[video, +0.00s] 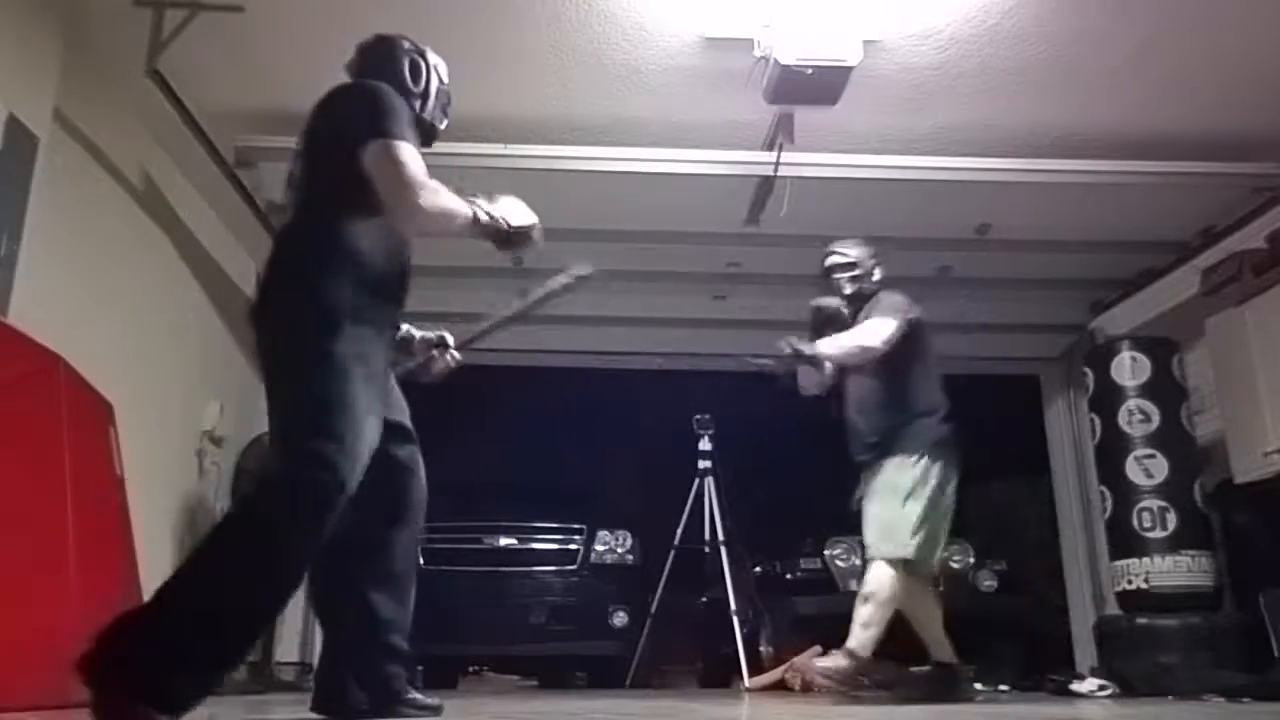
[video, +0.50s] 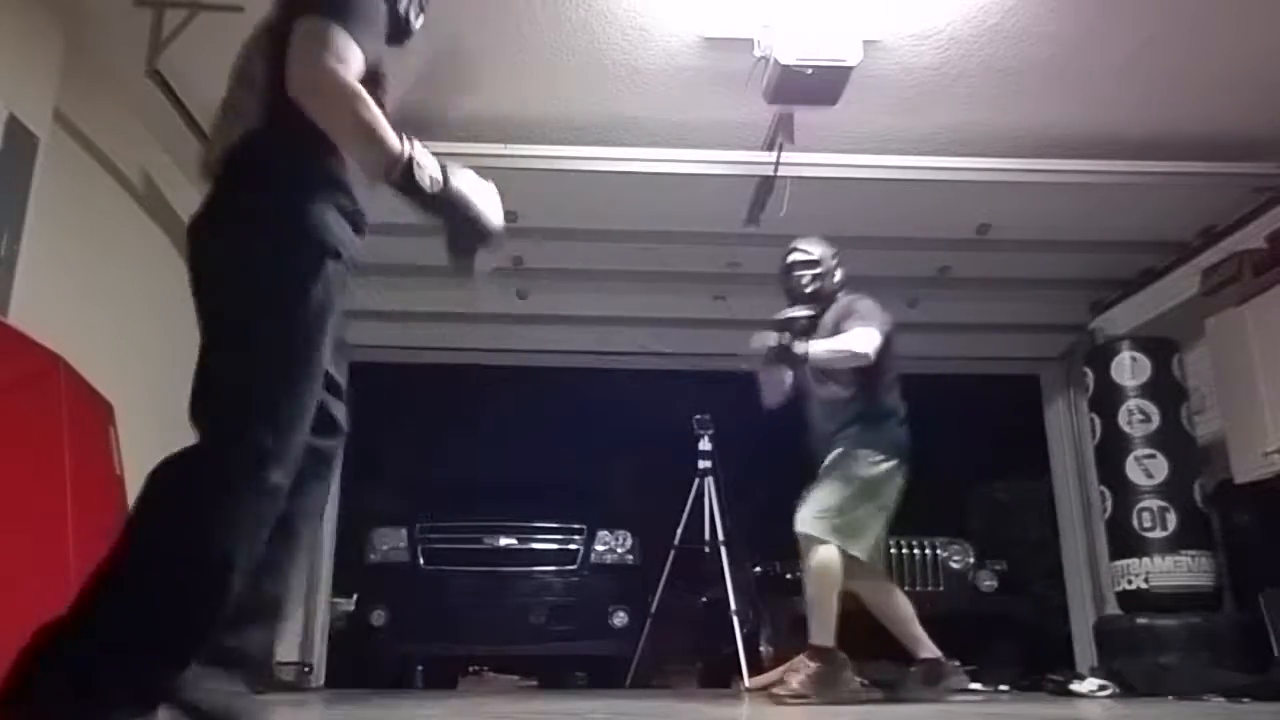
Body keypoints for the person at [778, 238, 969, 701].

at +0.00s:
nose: (841, 279)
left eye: (850, 269)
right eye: (833, 272)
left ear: (874, 269)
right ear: (828, 278)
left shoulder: (894, 303)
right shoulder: (838, 322)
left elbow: (871, 342)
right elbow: (818, 382)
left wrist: (812, 350)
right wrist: (799, 361)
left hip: (917, 448)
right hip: (881, 456)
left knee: (887, 550)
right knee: (902, 563)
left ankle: (854, 655)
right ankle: (947, 664)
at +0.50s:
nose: (803, 276)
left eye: (812, 267)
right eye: (794, 270)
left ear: (836, 270)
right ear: (786, 279)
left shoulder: (859, 307)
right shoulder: (798, 325)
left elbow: (862, 348)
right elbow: (773, 396)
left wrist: (797, 348)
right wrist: (770, 351)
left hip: (872, 445)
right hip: (841, 452)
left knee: (815, 524)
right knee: (857, 567)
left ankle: (823, 658)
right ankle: (932, 661)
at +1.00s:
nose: (777, 263)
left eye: (787, 252)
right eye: (767, 254)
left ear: (809, 257)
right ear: (755, 263)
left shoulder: (830, 308)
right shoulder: (762, 318)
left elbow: (836, 366)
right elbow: (738, 353)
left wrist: (777, 361)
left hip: (823, 442)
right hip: (786, 446)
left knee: (767, 515)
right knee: (807, 574)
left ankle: (776, 659)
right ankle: (880, 660)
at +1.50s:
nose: (705, 227)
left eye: (716, 218)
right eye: (696, 219)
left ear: (741, 228)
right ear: (684, 232)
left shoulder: (749, 272)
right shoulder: (717, 282)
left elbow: (679, 303)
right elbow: (668, 350)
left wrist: (646, 293)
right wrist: (664, 309)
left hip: (778, 426)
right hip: (763, 429)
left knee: (711, 532)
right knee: (758, 572)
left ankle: (710, 674)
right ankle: (857, 639)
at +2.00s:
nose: (714, 223)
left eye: (725, 213)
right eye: (707, 216)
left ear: (754, 217)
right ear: (701, 227)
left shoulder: (768, 254)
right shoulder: (733, 275)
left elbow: (714, 295)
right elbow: (722, 364)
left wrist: (655, 306)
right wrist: (695, 325)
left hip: (804, 408)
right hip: (807, 413)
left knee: (737, 525)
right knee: (810, 555)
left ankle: (729, 670)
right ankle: (886, 669)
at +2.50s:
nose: (719, 244)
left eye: (730, 234)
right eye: (721, 235)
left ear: (763, 238)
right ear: (771, 241)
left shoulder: (766, 281)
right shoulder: (805, 280)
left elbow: (728, 361)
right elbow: (778, 363)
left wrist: (668, 394)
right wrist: (719, 346)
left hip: (815, 420)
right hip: (865, 429)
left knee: (736, 522)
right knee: (869, 563)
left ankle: (752, 663)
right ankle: (962, 666)